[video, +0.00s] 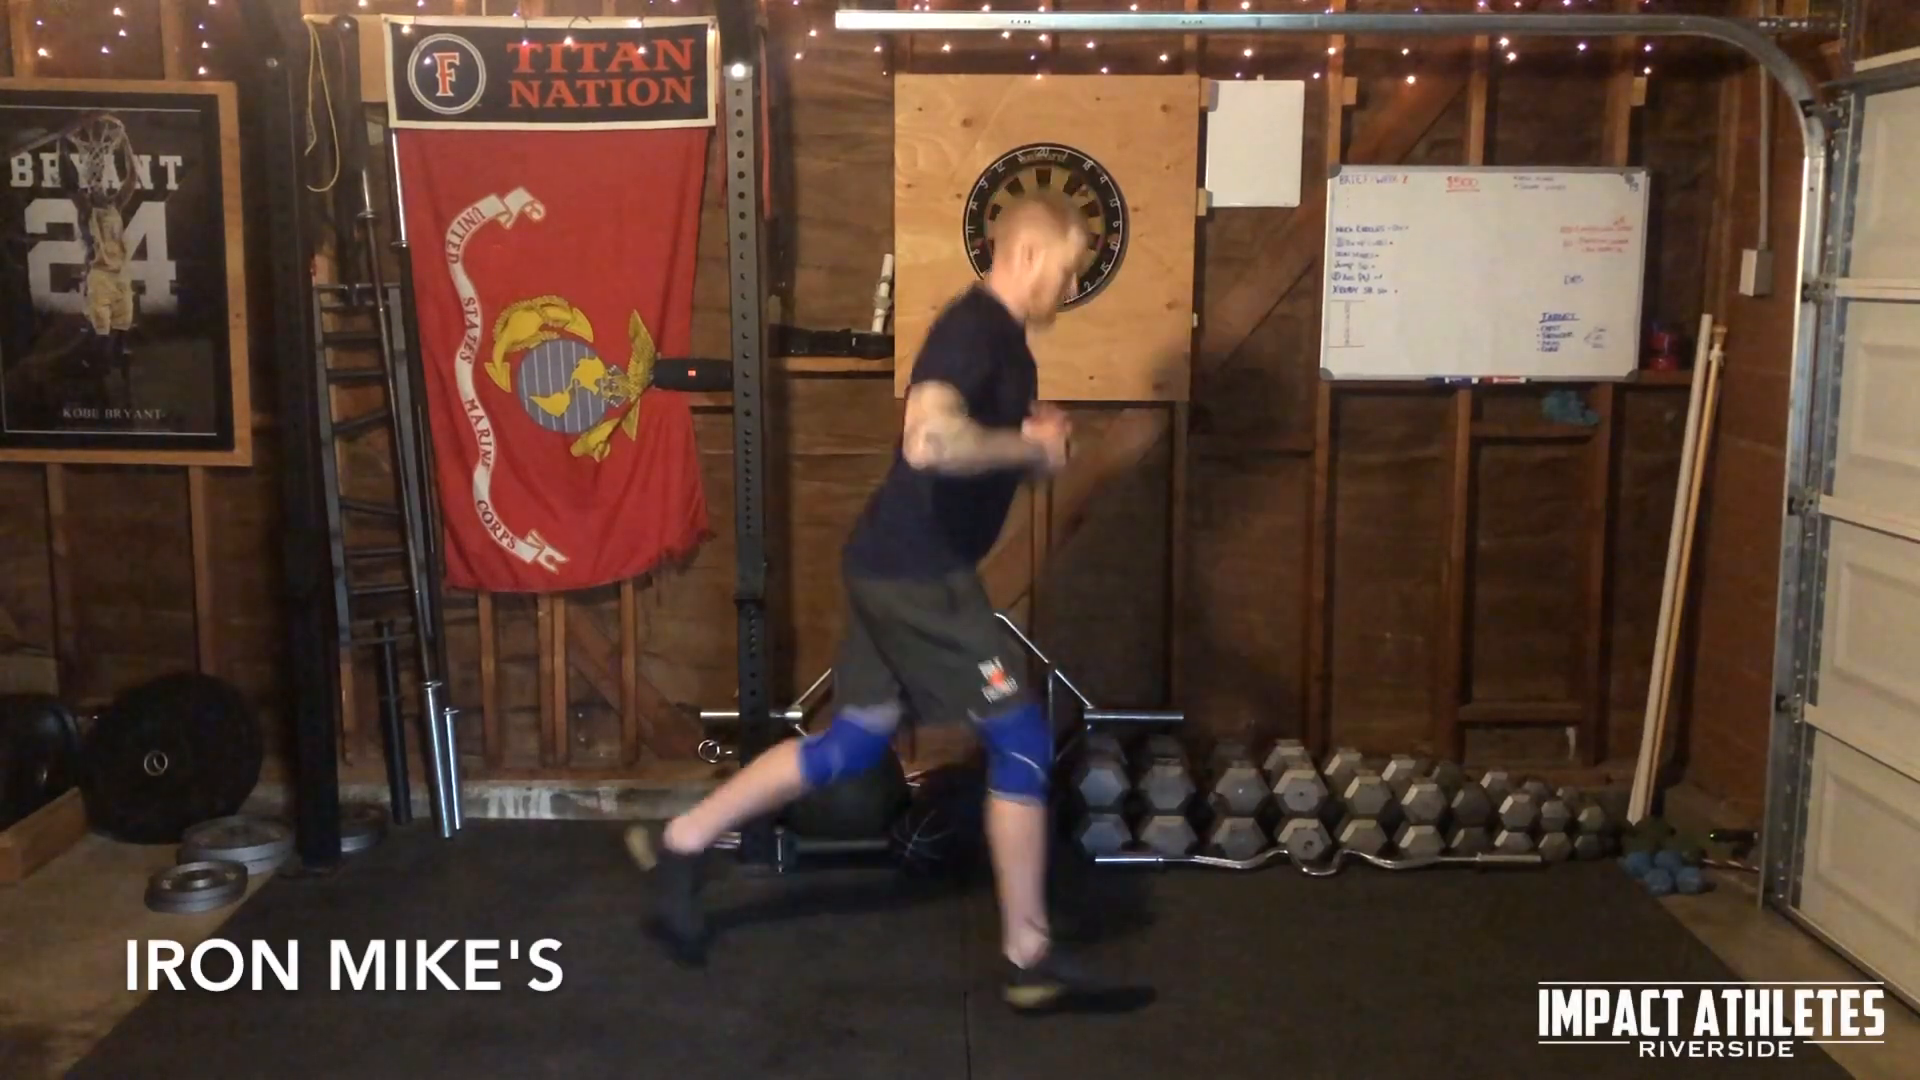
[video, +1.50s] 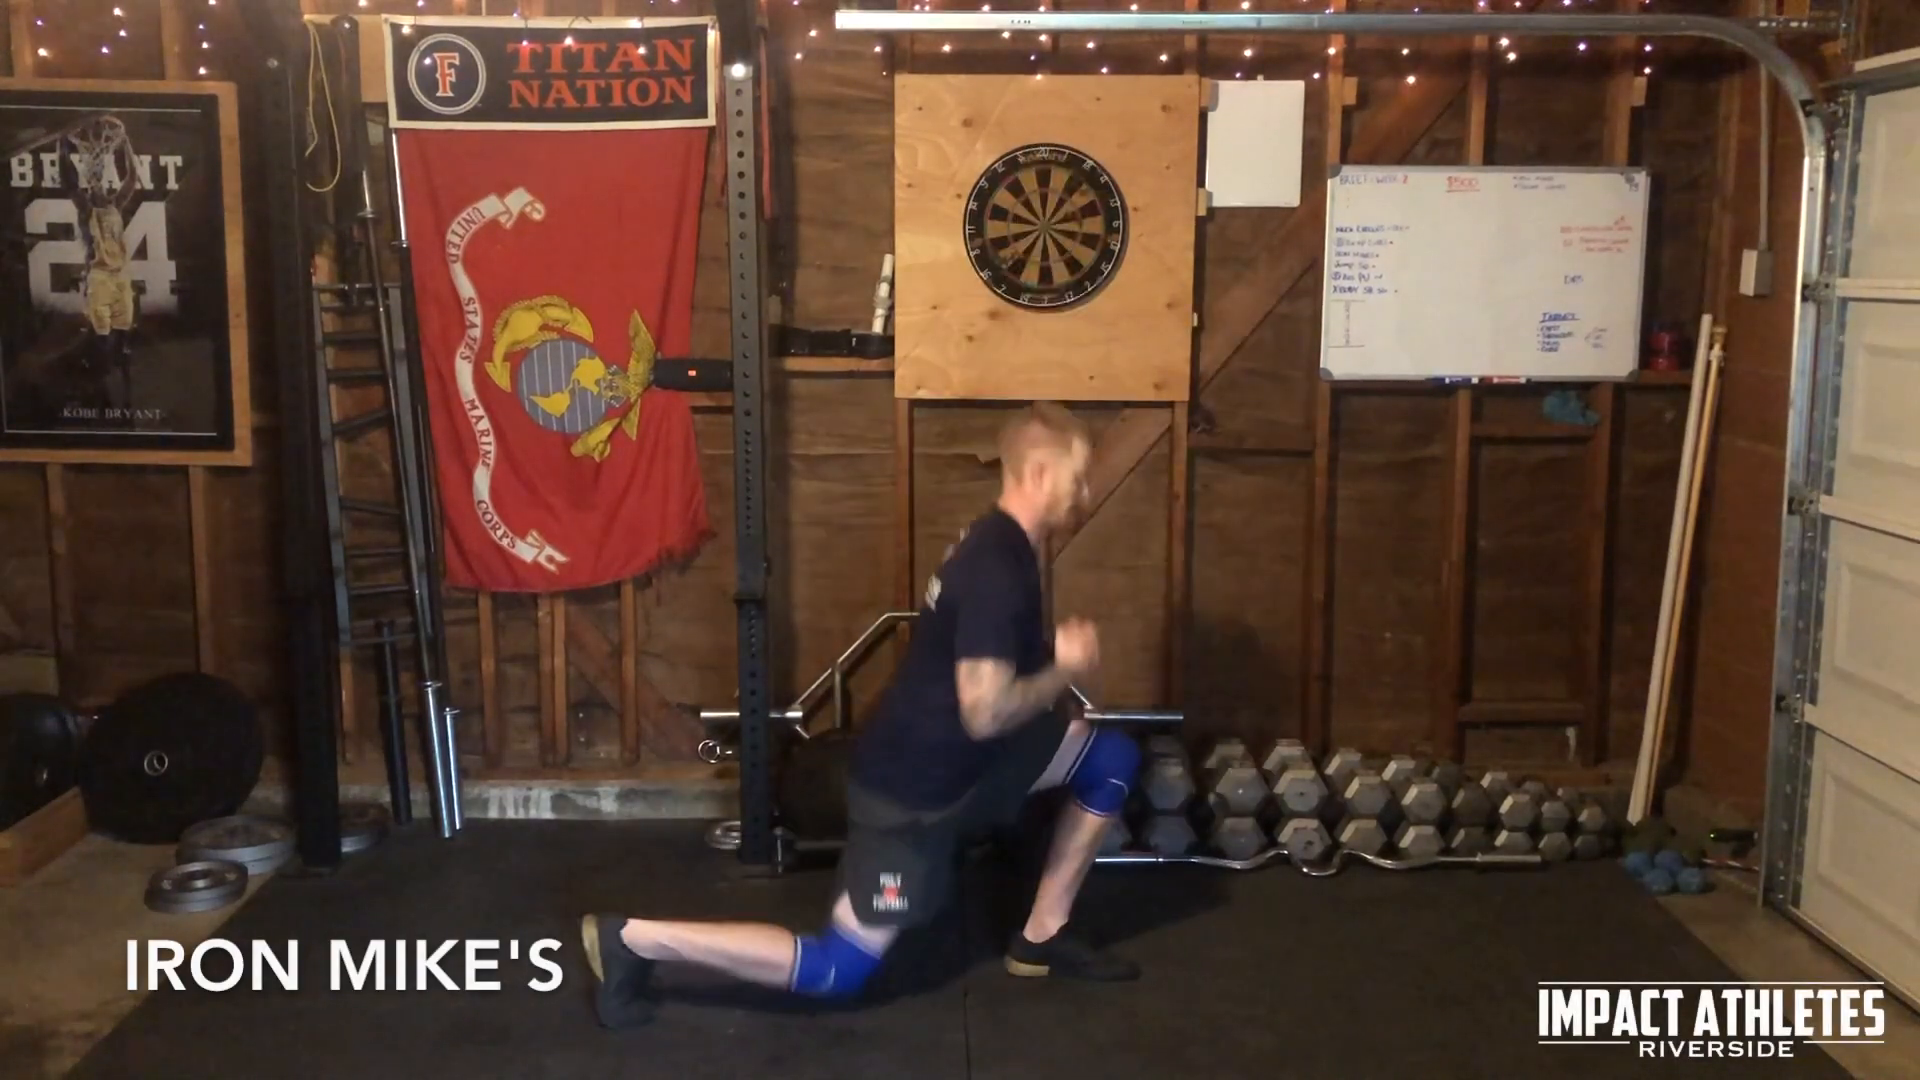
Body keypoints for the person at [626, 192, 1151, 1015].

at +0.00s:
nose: (1072, 288)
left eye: (1078, 271)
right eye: (1070, 268)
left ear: (1018, 255)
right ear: (1025, 253)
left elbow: (962, 439)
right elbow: (927, 440)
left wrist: (1031, 442)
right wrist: (1027, 445)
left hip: (903, 564)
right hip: (910, 568)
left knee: (852, 741)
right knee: (1020, 737)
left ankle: (679, 839)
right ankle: (1029, 959)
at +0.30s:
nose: (1080, 495)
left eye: (1081, 479)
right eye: (1073, 478)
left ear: (1018, 474)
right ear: (1034, 474)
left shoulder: (979, 537)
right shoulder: (990, 543)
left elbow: (945, 660)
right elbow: (953, 673)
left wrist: (1018, 658)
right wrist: (1035, 669)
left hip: (868, 764)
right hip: (910, 764)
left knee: (851, 934)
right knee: (1106, 779)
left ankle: (655, 895)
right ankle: (1048, 976)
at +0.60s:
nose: (1057, 418)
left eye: (1056, 401)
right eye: (1051, 400)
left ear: (999, 399)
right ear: (1009, 399)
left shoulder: (972, 473)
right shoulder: (981, 480)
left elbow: (969, 588)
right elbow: (972, 592)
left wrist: (1042, 570)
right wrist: (1046, 564)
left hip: (881, 701)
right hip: (930, 705)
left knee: (837, 871)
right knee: (1100, 774)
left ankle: (632, 901)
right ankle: (1050, 975)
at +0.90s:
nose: (1087, 242)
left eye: (1092, 226)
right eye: (1087, 220)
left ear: (1028, 202)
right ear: (1044, 202)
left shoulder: (992, 276)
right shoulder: (1001, 277)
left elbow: (990, 390)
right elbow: (1008, 403)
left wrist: (1050, 378)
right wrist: (1066, 397)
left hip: (931, 520)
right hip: (932, 526)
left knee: (952, 705)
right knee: (960, 710)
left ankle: (883, 882)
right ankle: (814, 880)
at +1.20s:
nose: (1096, 423)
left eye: (1100, 408)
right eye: (1092, 406)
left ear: (1044, 400)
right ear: (1052, 402)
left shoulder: (1020, 471)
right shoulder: (1007, 483)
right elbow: (997, 628)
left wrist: (1045, 591)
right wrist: (1062, 600)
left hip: (987, 689)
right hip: (922, 708)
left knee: (1107, 759)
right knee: (857, 899)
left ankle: (1043, 933)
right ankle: (643, 936)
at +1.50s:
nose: (1085, 497)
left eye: (1086, 480)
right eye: (1079, 479)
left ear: (1026, 475)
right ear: (1038, 474)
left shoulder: (1015, 551)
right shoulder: (997, 558)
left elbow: (996, 679)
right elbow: (985, 711)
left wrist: (1055, 684)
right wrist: (1065, 667)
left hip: (970, 765)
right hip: (907, 788)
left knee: (1111, 759)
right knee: (839, 970)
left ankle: (1043, 935)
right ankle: (629, 939)